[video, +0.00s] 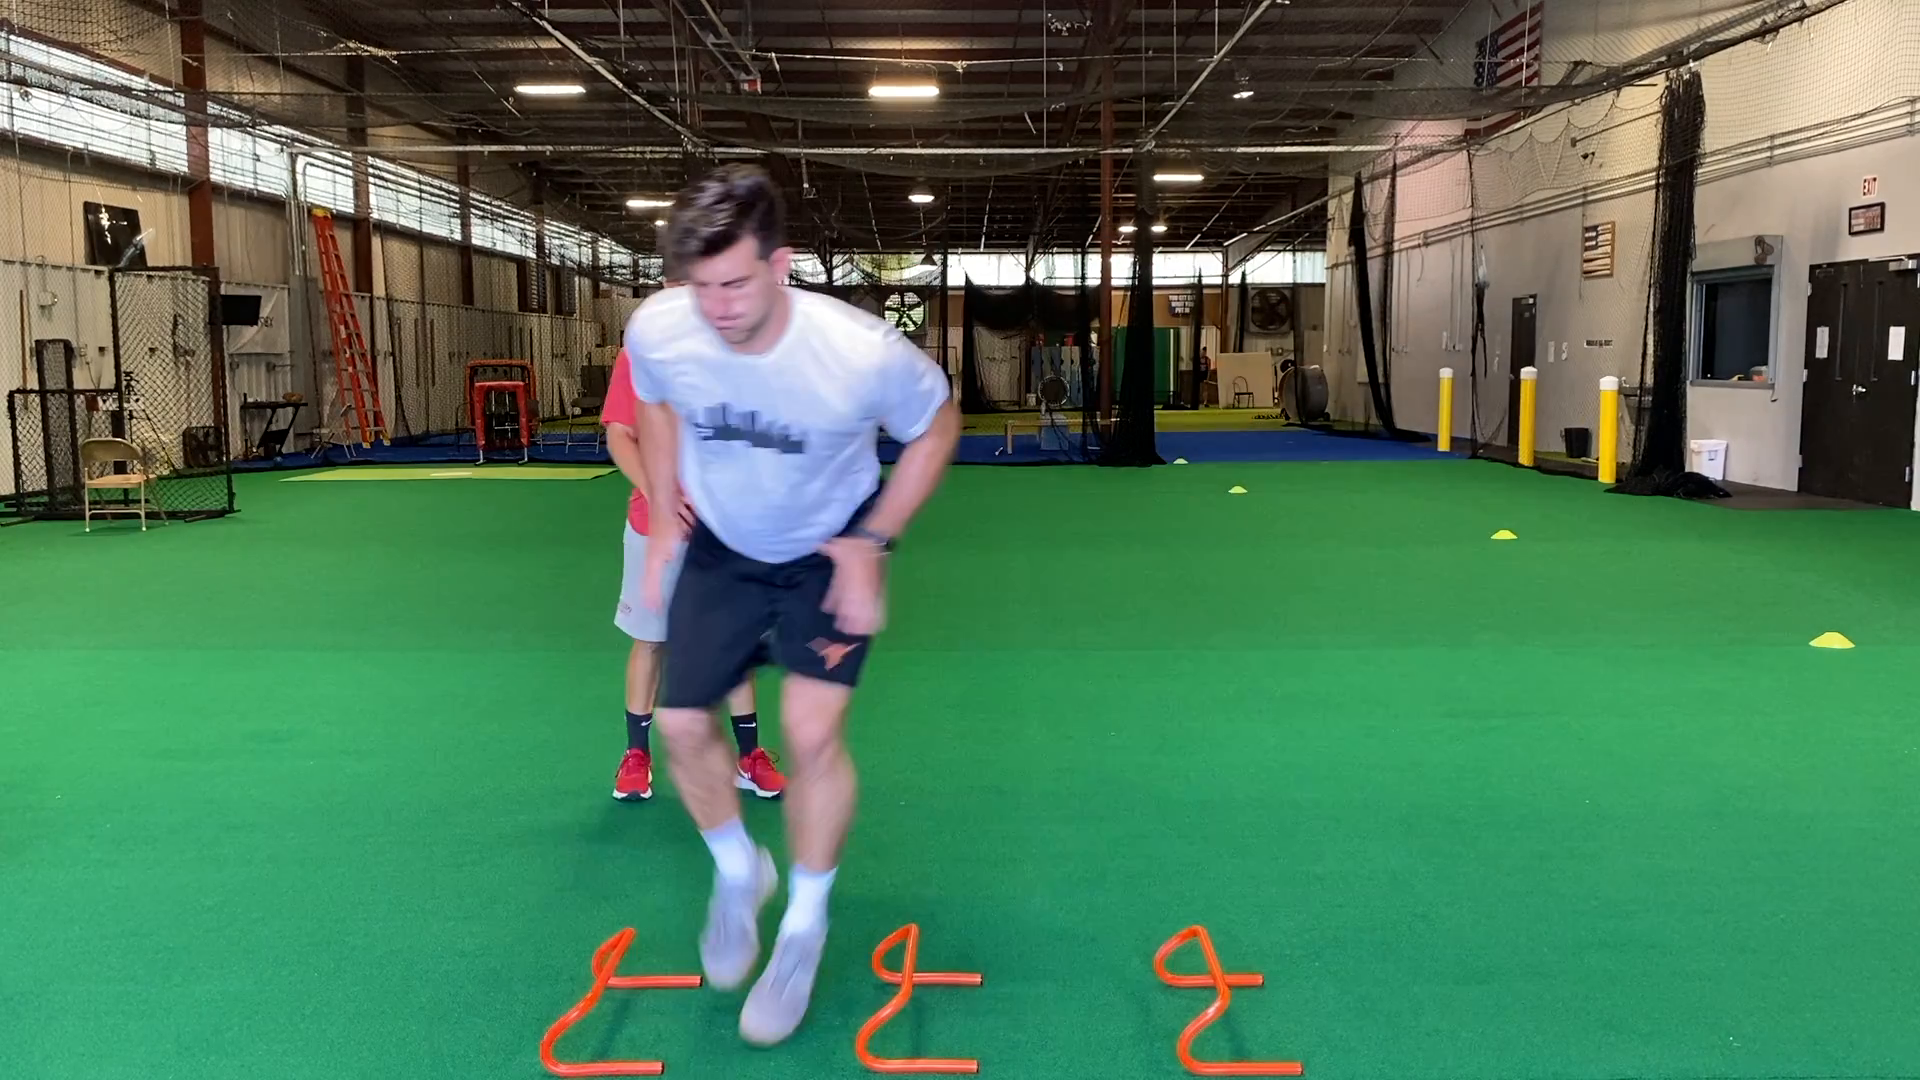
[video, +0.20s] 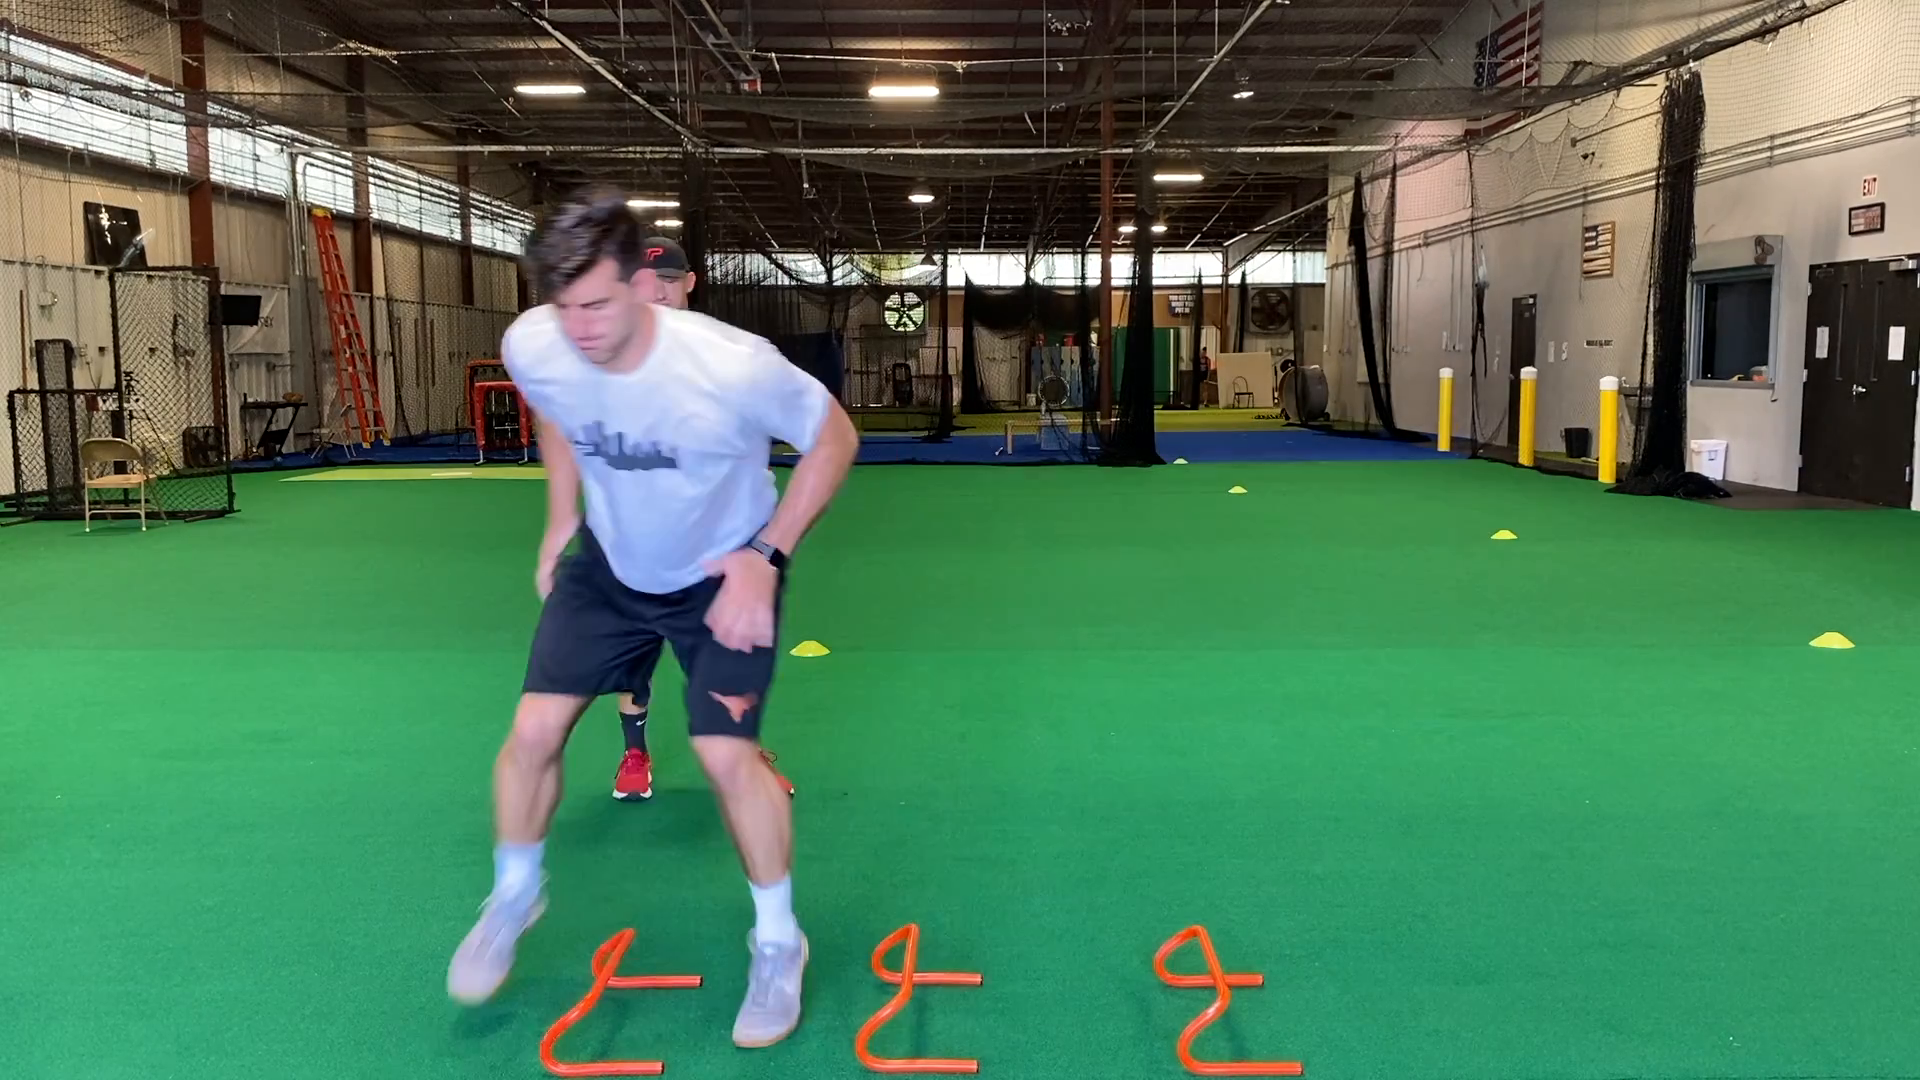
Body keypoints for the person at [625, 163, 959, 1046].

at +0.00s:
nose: (719, 304)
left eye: (737, 282)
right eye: (702, 285)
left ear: (783, 263)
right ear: (683, 276)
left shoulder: (860, 351)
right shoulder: (658, 333)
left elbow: (939, 423)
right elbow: (659, 403)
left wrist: (874, 540)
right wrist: (664, 507)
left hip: (826, 556)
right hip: (716, 551)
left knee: (810, 737)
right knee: (681, 722)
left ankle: (804, 928)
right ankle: (738, 870)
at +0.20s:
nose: (582, 324)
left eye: (599, 302)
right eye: (566, 305)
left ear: (647, 284)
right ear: (550, 297)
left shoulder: (730, 365)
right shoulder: (532, 346)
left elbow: (837, 434)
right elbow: (555, 418)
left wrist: (766, 555)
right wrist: (563, 521)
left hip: (726, 576)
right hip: (609, 569)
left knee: (724, 751)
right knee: (533, 733)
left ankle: (778, 940)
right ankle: (515, 892)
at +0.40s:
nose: (466, 370)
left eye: (483, 348)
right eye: (450, 351)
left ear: (533, 330)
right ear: (434, 344)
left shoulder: (623, 399)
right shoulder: (424, 411)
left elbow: (752, 421)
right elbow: (437, 495)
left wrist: (755, 556)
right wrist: (442, 571)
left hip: (641, 584)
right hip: (522, 606)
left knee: (603, 734)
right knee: (476, 798)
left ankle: (686, 790)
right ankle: (488, 964)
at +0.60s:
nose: (413, 380)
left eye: (427, 358)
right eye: (396, 362)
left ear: (472, 336)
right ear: (380, 352)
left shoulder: (571, 398)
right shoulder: (370, 411)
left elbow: (700, 435)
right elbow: (377, 487)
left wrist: (686, 568)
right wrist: (377, 575)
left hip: (592, 584)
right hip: (475, 612)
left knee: (586, 743)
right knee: (462, 796)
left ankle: (635, 769)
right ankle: (484, 962)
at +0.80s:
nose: (394, 377)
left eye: (410, 355)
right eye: (379, 359)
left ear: (453, 329)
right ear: (361, 348)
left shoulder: (556, 400)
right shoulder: (352, 392)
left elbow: (665, 492)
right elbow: (368, 465)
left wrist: (606, 624)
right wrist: (378, 569)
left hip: (573, 580)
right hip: (461, 596)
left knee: (572, 758)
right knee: (459, 779)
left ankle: (568, 776)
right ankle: (484, 962)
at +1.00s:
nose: (391, 406)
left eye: (407, 383)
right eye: (374, 388)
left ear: (455, 360)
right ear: (357, 380)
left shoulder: (542, 446)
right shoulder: (375, 405)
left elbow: (586, 600)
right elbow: (445, 495)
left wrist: (432, 591)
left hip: (586, 597)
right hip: (470, 588)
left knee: (537, 793)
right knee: (457, 775)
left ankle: (494, 750)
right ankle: (477, 960)